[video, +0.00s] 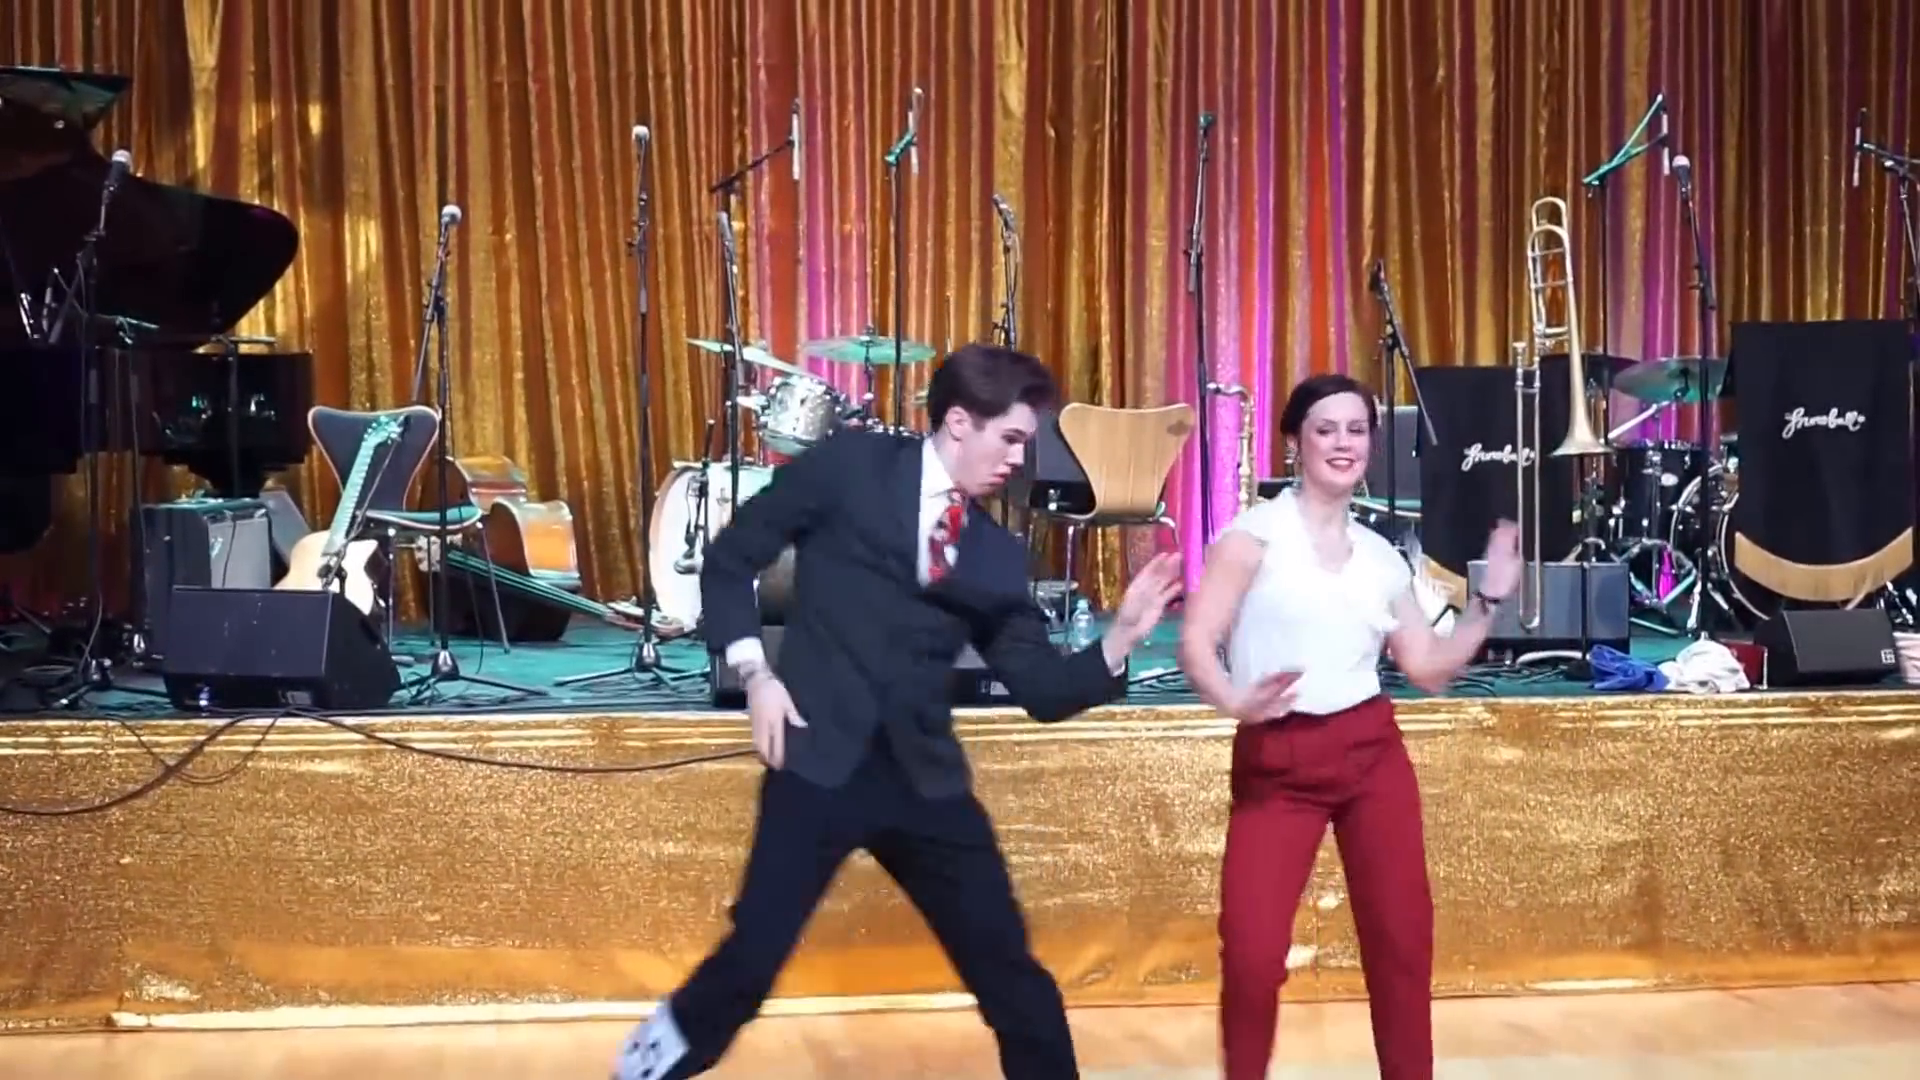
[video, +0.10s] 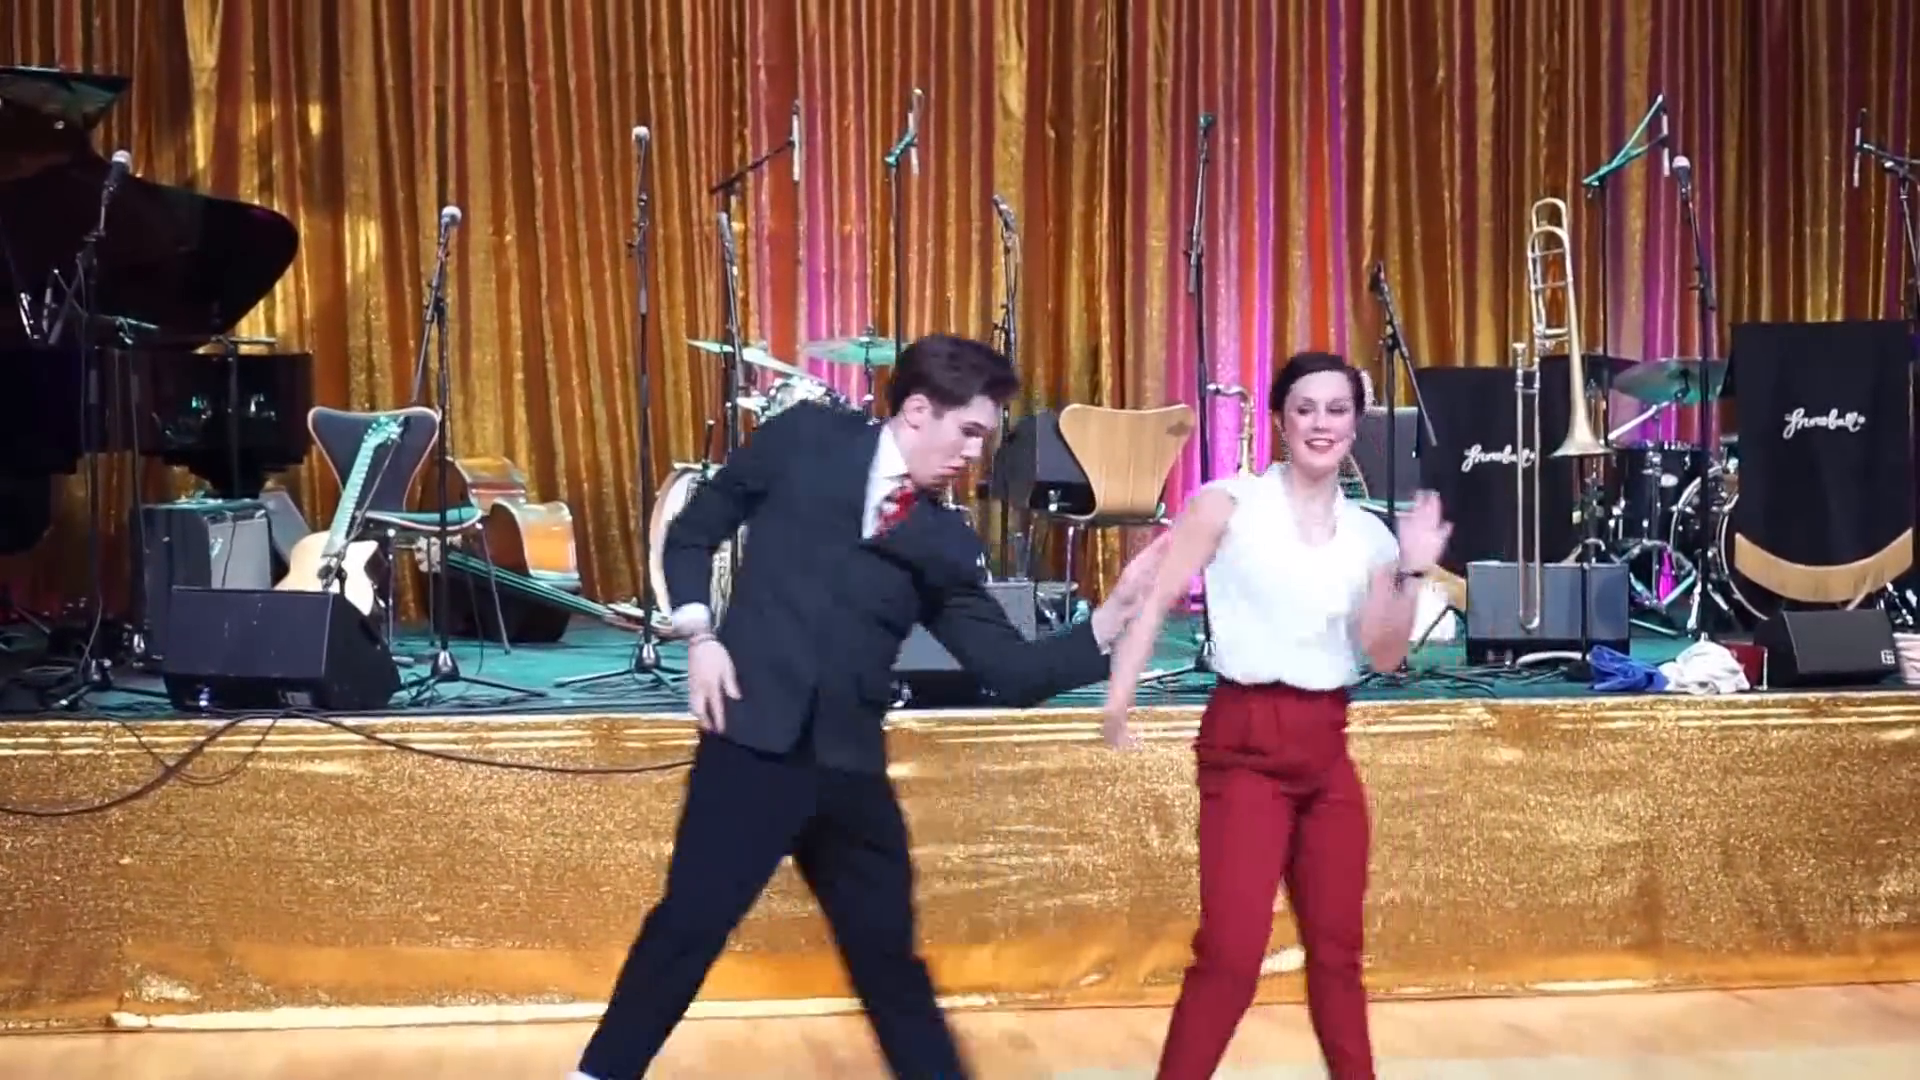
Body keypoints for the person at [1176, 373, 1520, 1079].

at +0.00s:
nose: (1343, 444)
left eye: (1357, 431)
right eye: (1326, 430)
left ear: (1370, 446)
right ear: (1295, 443)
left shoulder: (1381, 558)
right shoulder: (1251, 539)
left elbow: (1429, 668)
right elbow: (1196, 643)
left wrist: (1488, 600)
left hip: (1373, 759)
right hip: (1277, 764)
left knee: (1403, 950)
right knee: (1250, 960)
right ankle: (1244, 1079)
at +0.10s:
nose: (1321, 423)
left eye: (1337, 410)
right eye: (1304, 409)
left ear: (1356, 424)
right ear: (1279, 422)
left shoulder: (1370, 532)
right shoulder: (1227, 504)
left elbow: (1385, 656)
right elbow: (1155, 595)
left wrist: (1411, 570)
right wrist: (1120, 693)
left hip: (1327, 752)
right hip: (1244, 748)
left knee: (1339, 957)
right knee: (1230, 962)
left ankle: (1356, 1077)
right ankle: (1178, 1077)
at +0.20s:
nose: (1295, 422)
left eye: (1312, 406)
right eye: (1278, 408)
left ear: (1336, 418)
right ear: (1257, 420)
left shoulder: (1350, 519)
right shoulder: (1203, 500)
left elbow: (1347, 640)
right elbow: (1120, 598)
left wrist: (1369, 551)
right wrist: (1043, 670)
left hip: (1281, 752)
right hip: (1204, 743)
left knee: (1287, 973)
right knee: (1189, 967)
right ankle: (1141, 1078)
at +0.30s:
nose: (1269, 426)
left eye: (1287, 409)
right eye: (1253, 410)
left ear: (1316, 419)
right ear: (1234, 419)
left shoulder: (1327, 521)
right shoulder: (1185, 493)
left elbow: (1344, 635)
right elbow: (1102, 580)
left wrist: (1352, 558)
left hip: (1248, 752)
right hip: (1171, 739)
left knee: (1255, 965)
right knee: (1149, 958)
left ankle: (1255, 1079)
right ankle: (1111, 1078)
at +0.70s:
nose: (1193, 470)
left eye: (1212, 455)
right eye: (1179, 451)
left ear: (1236, 453)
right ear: (1155, 441)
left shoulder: (1251, 548)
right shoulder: (1102, 534)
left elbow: (1268, 663)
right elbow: (1089, 664)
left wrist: (1321, 724)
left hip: (1192, 778)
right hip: (1089, 770)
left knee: (1121, 962)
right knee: (1075, 983)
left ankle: (1177, 1075)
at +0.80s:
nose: (1197, 478)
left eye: (1214, 462)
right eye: (1183, 459)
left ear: (1235, 457)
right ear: (1156, 447)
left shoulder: (1240, 546)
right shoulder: (1114, 540)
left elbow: (1261, 630)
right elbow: (1119, 678)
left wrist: (1344, 611)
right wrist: (1193, 721)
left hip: (1194, 793)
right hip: (1099, 782)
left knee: (1090, 980)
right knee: (1080, 986)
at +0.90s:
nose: (1212, 480)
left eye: (1229, 464)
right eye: (1196, 462)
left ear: (1247, 459)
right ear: (1166, 450)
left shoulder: (1254, 548)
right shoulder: (1122, 545)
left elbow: (1342, 609)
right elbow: (1090, 688)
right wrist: (1134, 797)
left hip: (1224, 772)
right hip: (1119, 767)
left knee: (1153, 994)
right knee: (1077, 993)